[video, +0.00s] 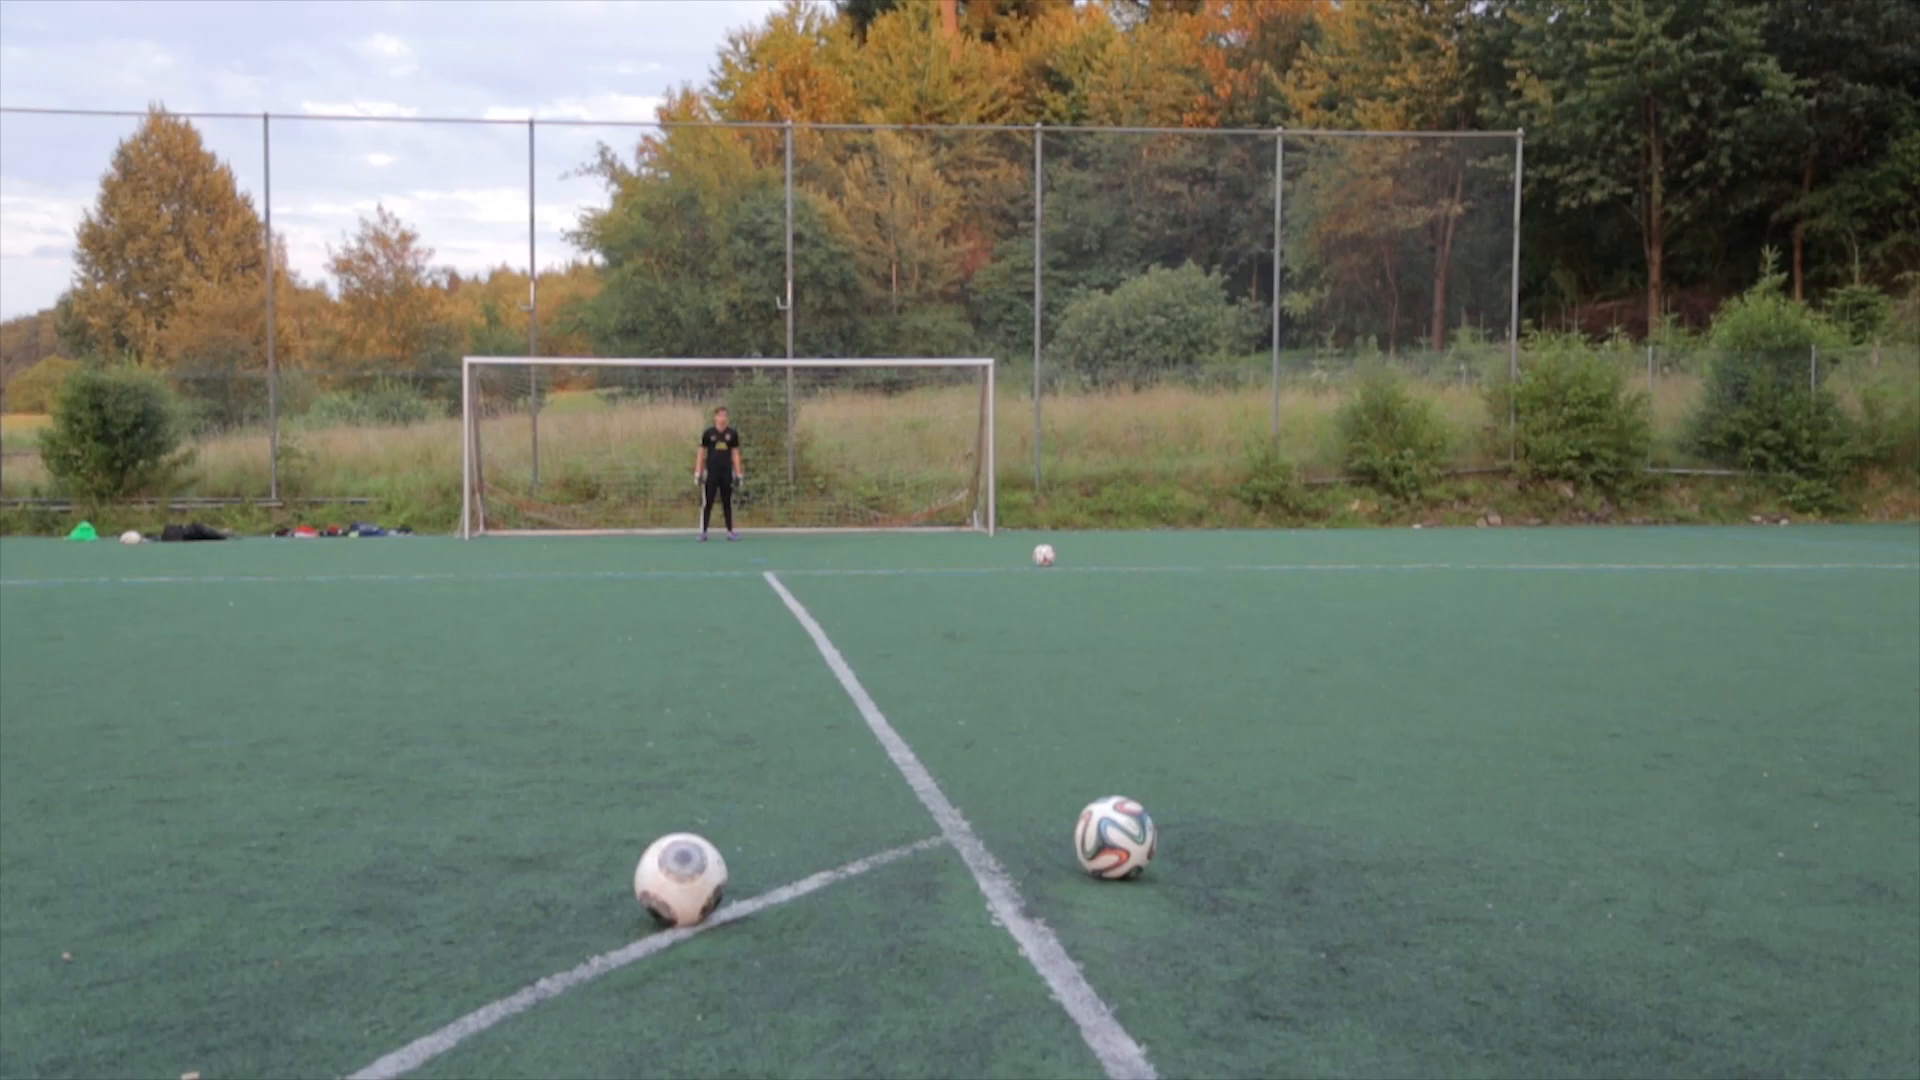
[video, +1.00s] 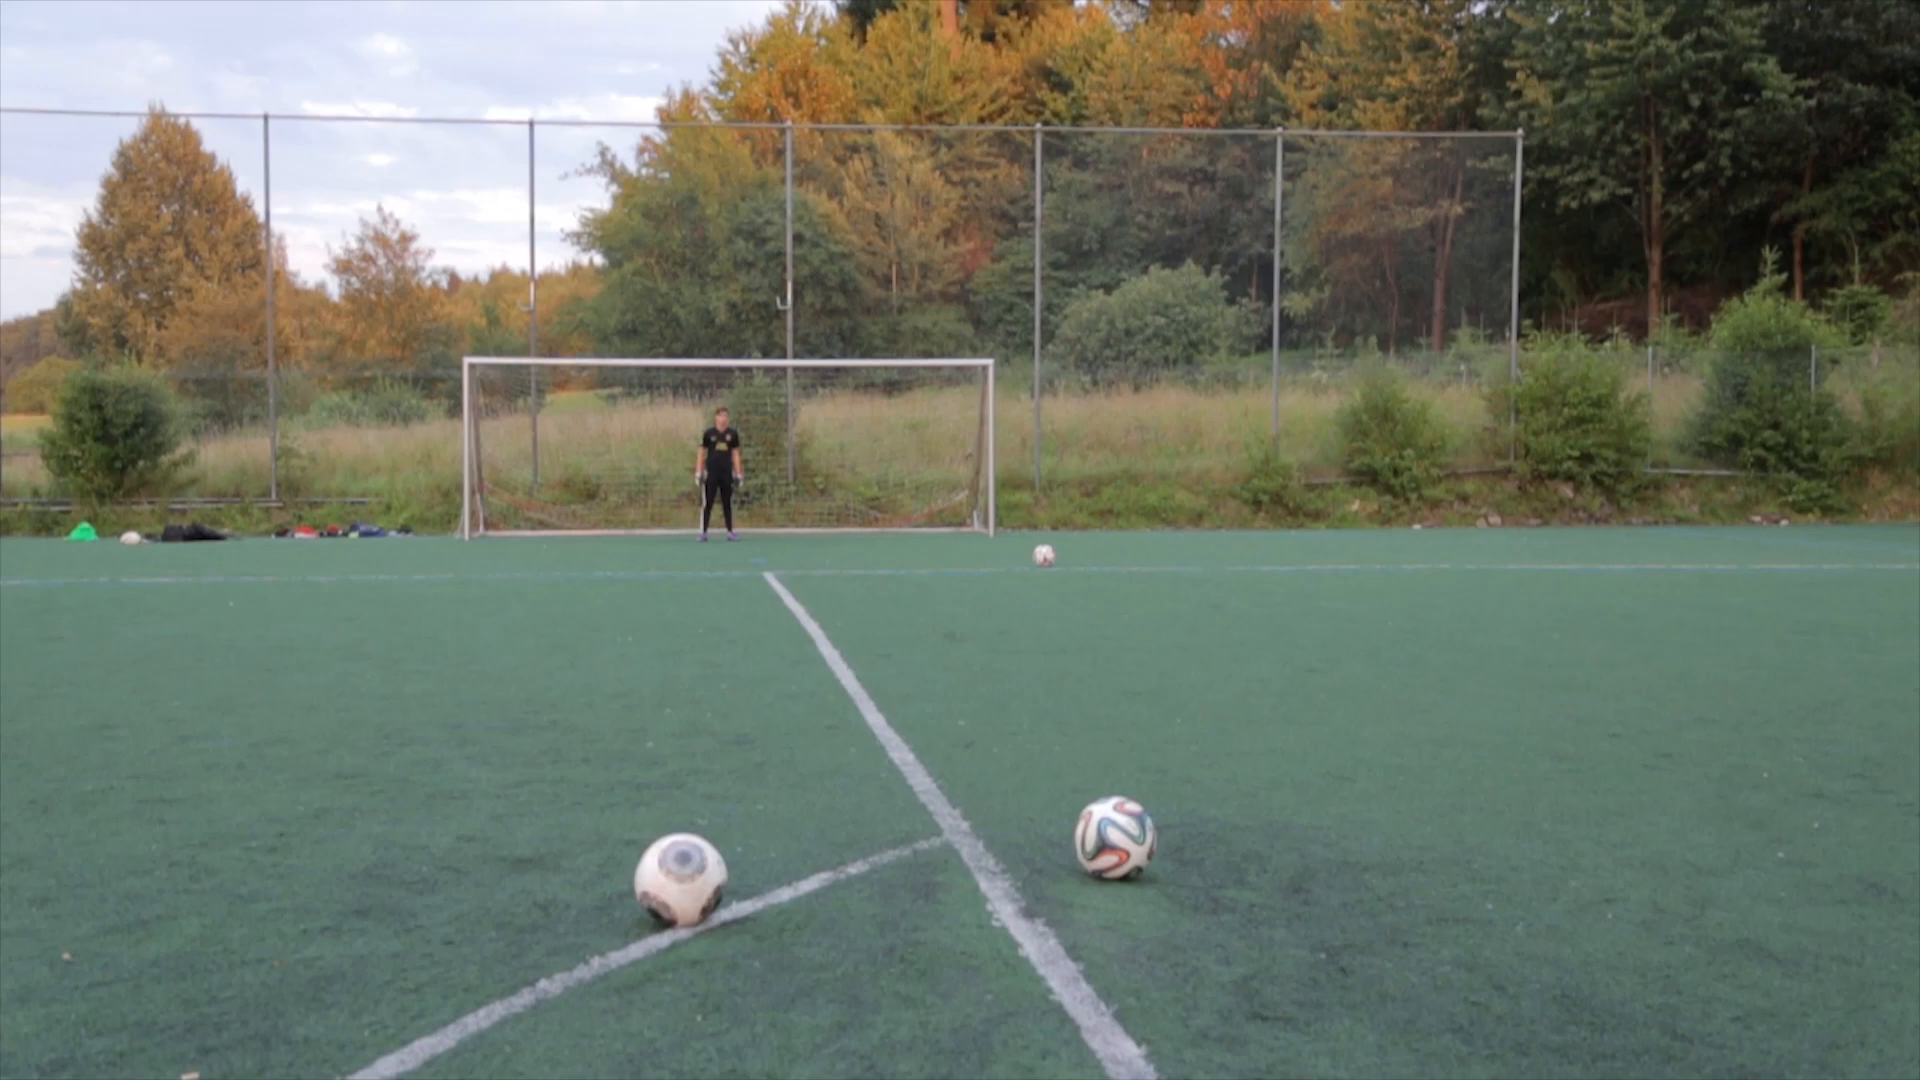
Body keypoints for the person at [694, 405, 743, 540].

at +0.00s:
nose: (723, 419)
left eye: (725, 416)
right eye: (720, 416)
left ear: (728, 418)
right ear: (715, 418)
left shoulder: (732, 434)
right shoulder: (708, 433)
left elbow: (735, 453)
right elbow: (702, 452)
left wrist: (738, 472)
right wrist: (698, 471)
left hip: (726, 473)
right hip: (711, 473)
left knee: (727, 503)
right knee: (708, 503)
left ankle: (730, 530)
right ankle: (703, 530)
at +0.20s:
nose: (723, 419)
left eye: (725, 416)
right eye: (720, 416)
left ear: (728, 418)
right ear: (715, 418)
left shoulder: (732, 434)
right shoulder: (708, 433)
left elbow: (736, 453)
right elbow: (702, 452)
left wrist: (738, 472)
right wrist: (698, 471)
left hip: (726, 473)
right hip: (711, 473)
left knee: (727, 503)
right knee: (708, 503)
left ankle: (730, 530)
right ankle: (703, 530)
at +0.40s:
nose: (723, 419)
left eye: (725, 416)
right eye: (720, 416)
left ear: (728, 418)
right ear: (715, 418)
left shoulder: (732, 434)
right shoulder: (708, 433)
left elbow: (736, 453)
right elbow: (702, 452)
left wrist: (738, 471)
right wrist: (699, 470)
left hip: (726, 473)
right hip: (711, 473)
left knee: (727, 503)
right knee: (708, 503)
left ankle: (730, 530)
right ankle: (704, 530)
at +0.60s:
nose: (723, 419)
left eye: (725, 416)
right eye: (720, 416)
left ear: (728, 418)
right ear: (715, 418)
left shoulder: (732, 434)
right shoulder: (708, 433)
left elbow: (736, 453)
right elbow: (702, 452)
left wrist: (738, 472)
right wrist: (699, 470)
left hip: (726, 473)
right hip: (711, 473)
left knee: (727, 503)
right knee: (708, 503)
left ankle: (730, 530)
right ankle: (704, 530)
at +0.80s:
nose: (723, 420)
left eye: (725, 416)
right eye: (720, 416)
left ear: (728, 419)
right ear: (715, 418)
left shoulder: (732, 434)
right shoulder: (709, 434)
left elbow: (736, 454)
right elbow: (702, 452)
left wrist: (738, 472)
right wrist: (699, 470)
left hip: (726, 473)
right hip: (711, 473)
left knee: (727, 503)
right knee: (708, 503)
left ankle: (730, 530)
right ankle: (703, 531)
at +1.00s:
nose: (723, 420)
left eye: (725, 417)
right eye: (720, 416)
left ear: (728, 419)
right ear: (715, 418)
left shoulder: (732, 434)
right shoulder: (709, 434)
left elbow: (736, 454)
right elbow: (702, 452)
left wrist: (738, 472)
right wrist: (699, 470)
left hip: (726, 473)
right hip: (711, 473)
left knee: (727, 503)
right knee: (708, 503)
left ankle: (730, 530)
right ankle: (704, 531)